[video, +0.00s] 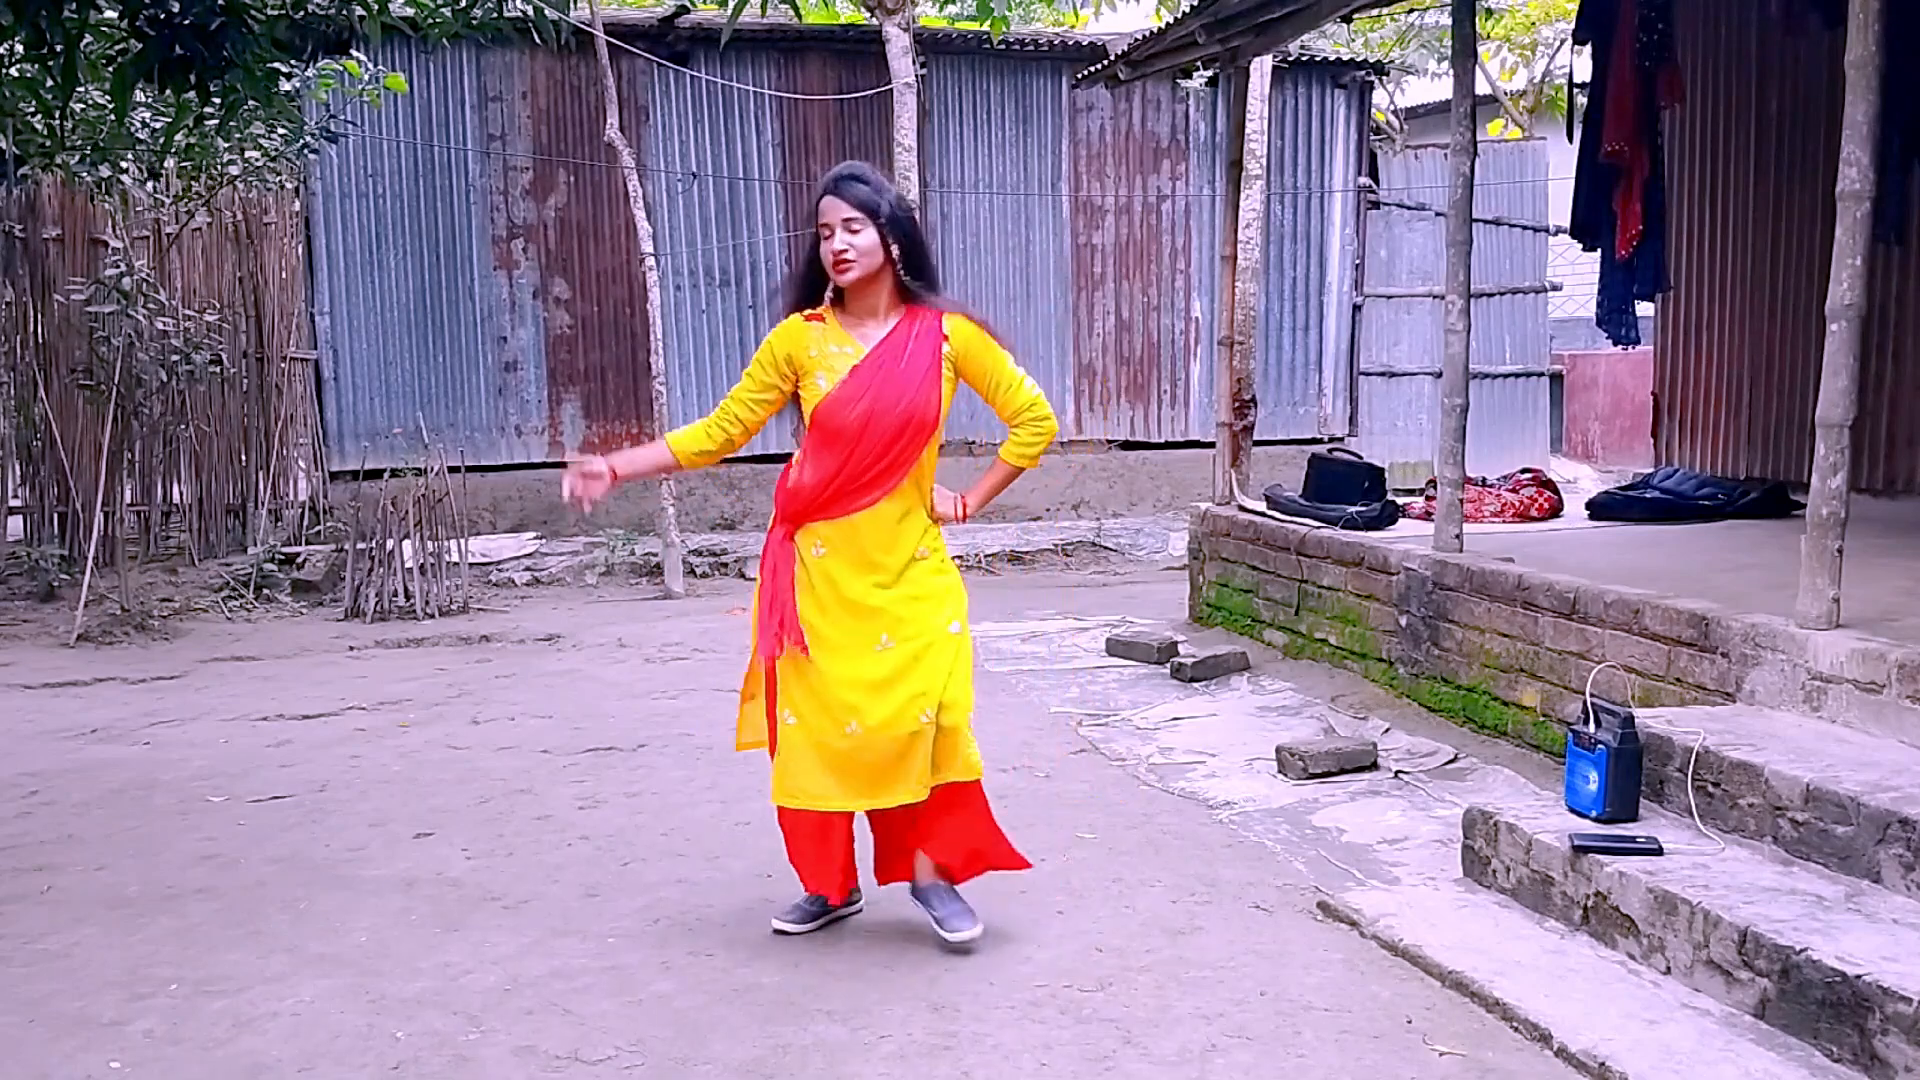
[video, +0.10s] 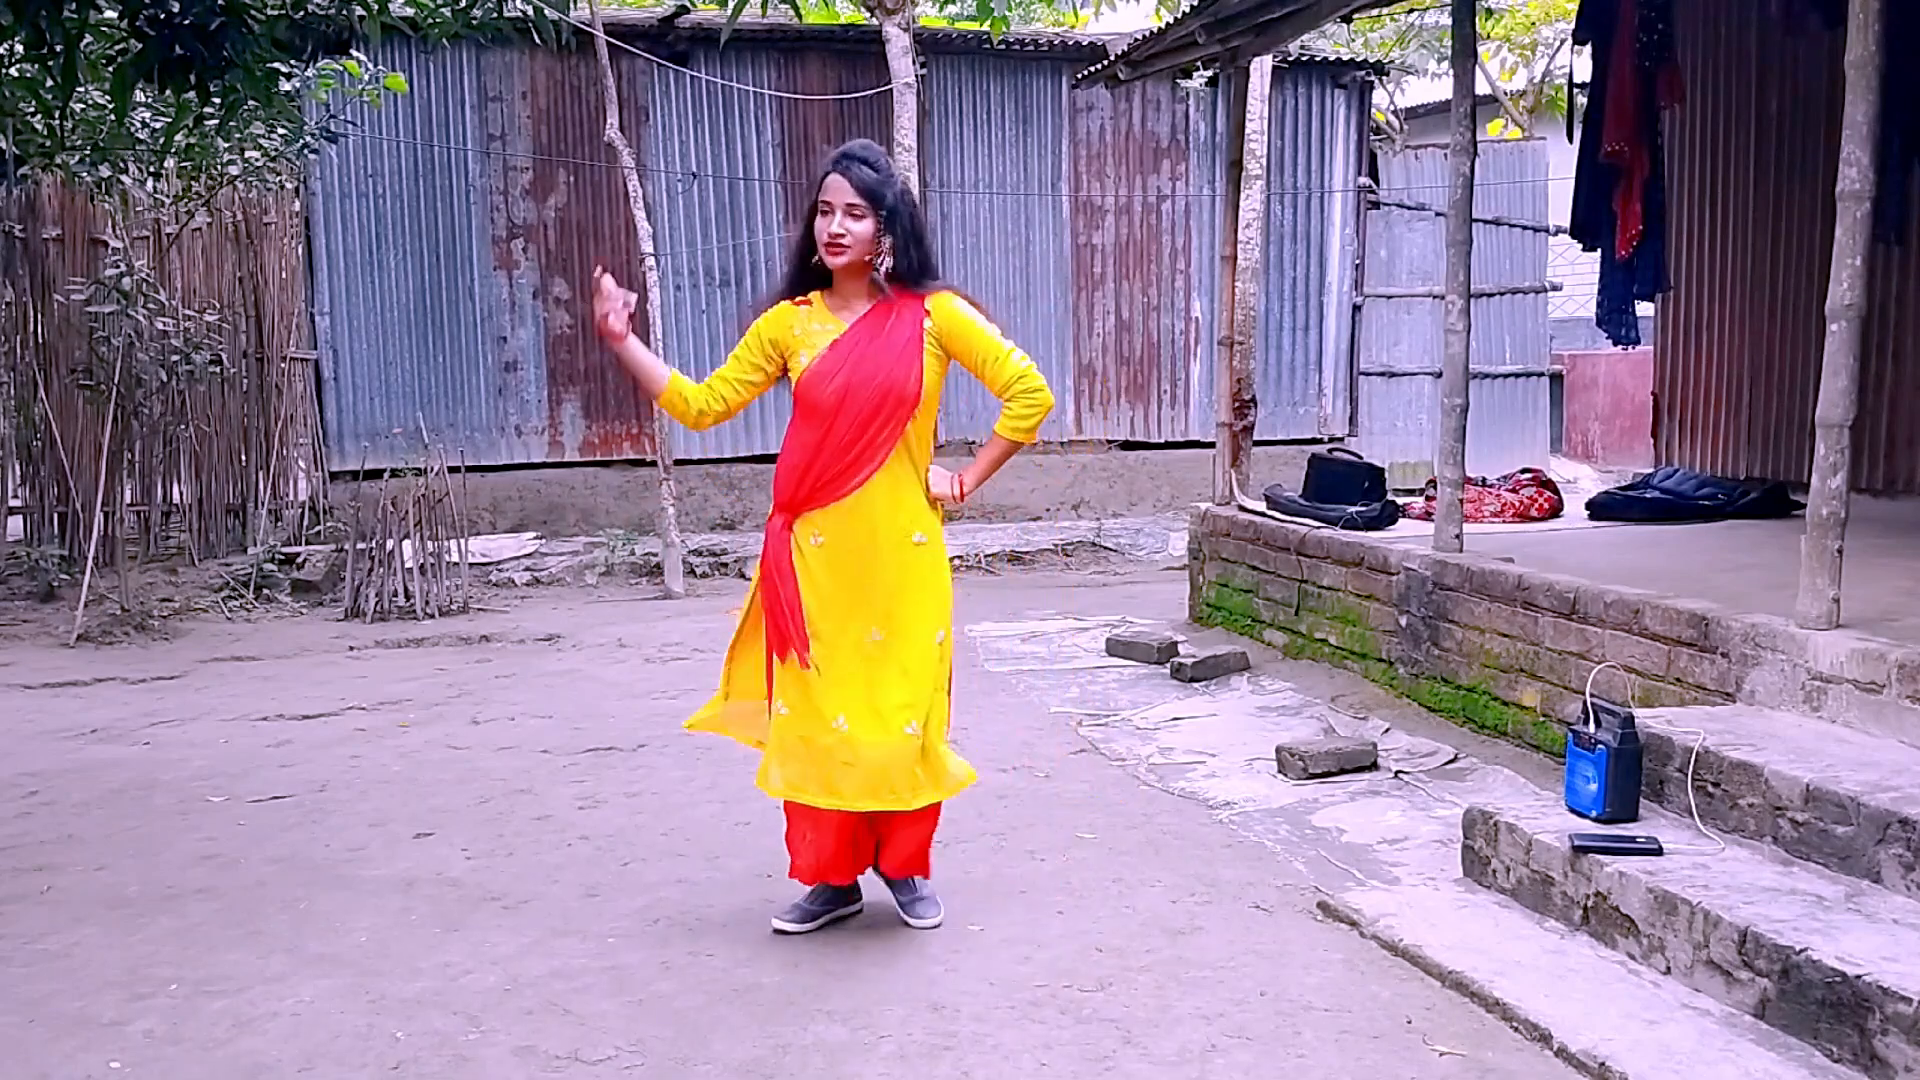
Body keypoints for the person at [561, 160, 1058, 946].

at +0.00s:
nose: (838, 244)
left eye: (853, 228)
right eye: (827, 232)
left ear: (892, 236)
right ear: (817, 247)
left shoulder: (946, 334)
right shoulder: (799, 338)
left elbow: (1036, 420)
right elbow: (720, 431)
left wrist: (973, 498)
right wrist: (617, 467)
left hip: (906, 548)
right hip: (813, 550)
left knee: (931, 708)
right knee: (809, 713)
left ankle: (931, 872)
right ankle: (830, 881)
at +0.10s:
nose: (835, 226)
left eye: (854, 212)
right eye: (824, 211)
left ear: (889, 225)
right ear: (811, 224)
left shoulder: (933, 314)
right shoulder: (788, 322)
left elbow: (1030, 396)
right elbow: (701, 406)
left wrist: (968, 476)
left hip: (901, 541)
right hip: (807, 542)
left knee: (903, 704)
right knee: (811, 706)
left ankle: (906, 866)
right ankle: (831, 879)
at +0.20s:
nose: (830, 235)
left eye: (848, 220)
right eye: (819, 219)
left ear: (883, 231)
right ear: (807, 229)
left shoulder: (932, 319)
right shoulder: (792, 329)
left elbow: (1027, 402)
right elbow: (681, 379)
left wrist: (965, 491)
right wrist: (630, 288)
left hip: (897, 543)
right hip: (804, 543)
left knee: (894, 706)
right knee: (806, 707)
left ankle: (900, 866)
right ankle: (827, 883)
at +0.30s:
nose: (831, 243)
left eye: (849, 229)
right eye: (819, 228)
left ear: (883, 241)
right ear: (807, 241)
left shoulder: (929, 327)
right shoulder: (796, 337)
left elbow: (1016, 414)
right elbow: (685, 369)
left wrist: (961, 500)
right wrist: (635, 281)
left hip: (900, 554)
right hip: (809, 553)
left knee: (908, 723)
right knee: (806, 719)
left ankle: (922, 848)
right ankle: (833, 883)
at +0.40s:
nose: (839, 241)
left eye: (857, 226)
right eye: (829, 224)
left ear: (892, 238)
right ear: (816, 236)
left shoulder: (935, 326)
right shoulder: (805, 335)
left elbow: (1028, 410)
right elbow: (705, 373)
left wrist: (979, 493)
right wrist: (633, 308)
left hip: (912, 558)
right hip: (822, 558)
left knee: (913, 721)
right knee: (819, 722)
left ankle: (974, 869)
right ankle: (838, 882)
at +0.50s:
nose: (856, 233)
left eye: (875, 219)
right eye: (848, 216)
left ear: (911, 231)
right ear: (836, 226)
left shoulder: (947, 312)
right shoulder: (829, 325)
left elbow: (1051, 382)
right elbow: (737, 386)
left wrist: (987, 473)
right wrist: (637, 390)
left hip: (924, 544)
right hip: (845, 545)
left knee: (923, 720)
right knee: (831, 705)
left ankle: (1024, 905)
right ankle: (840, 877)